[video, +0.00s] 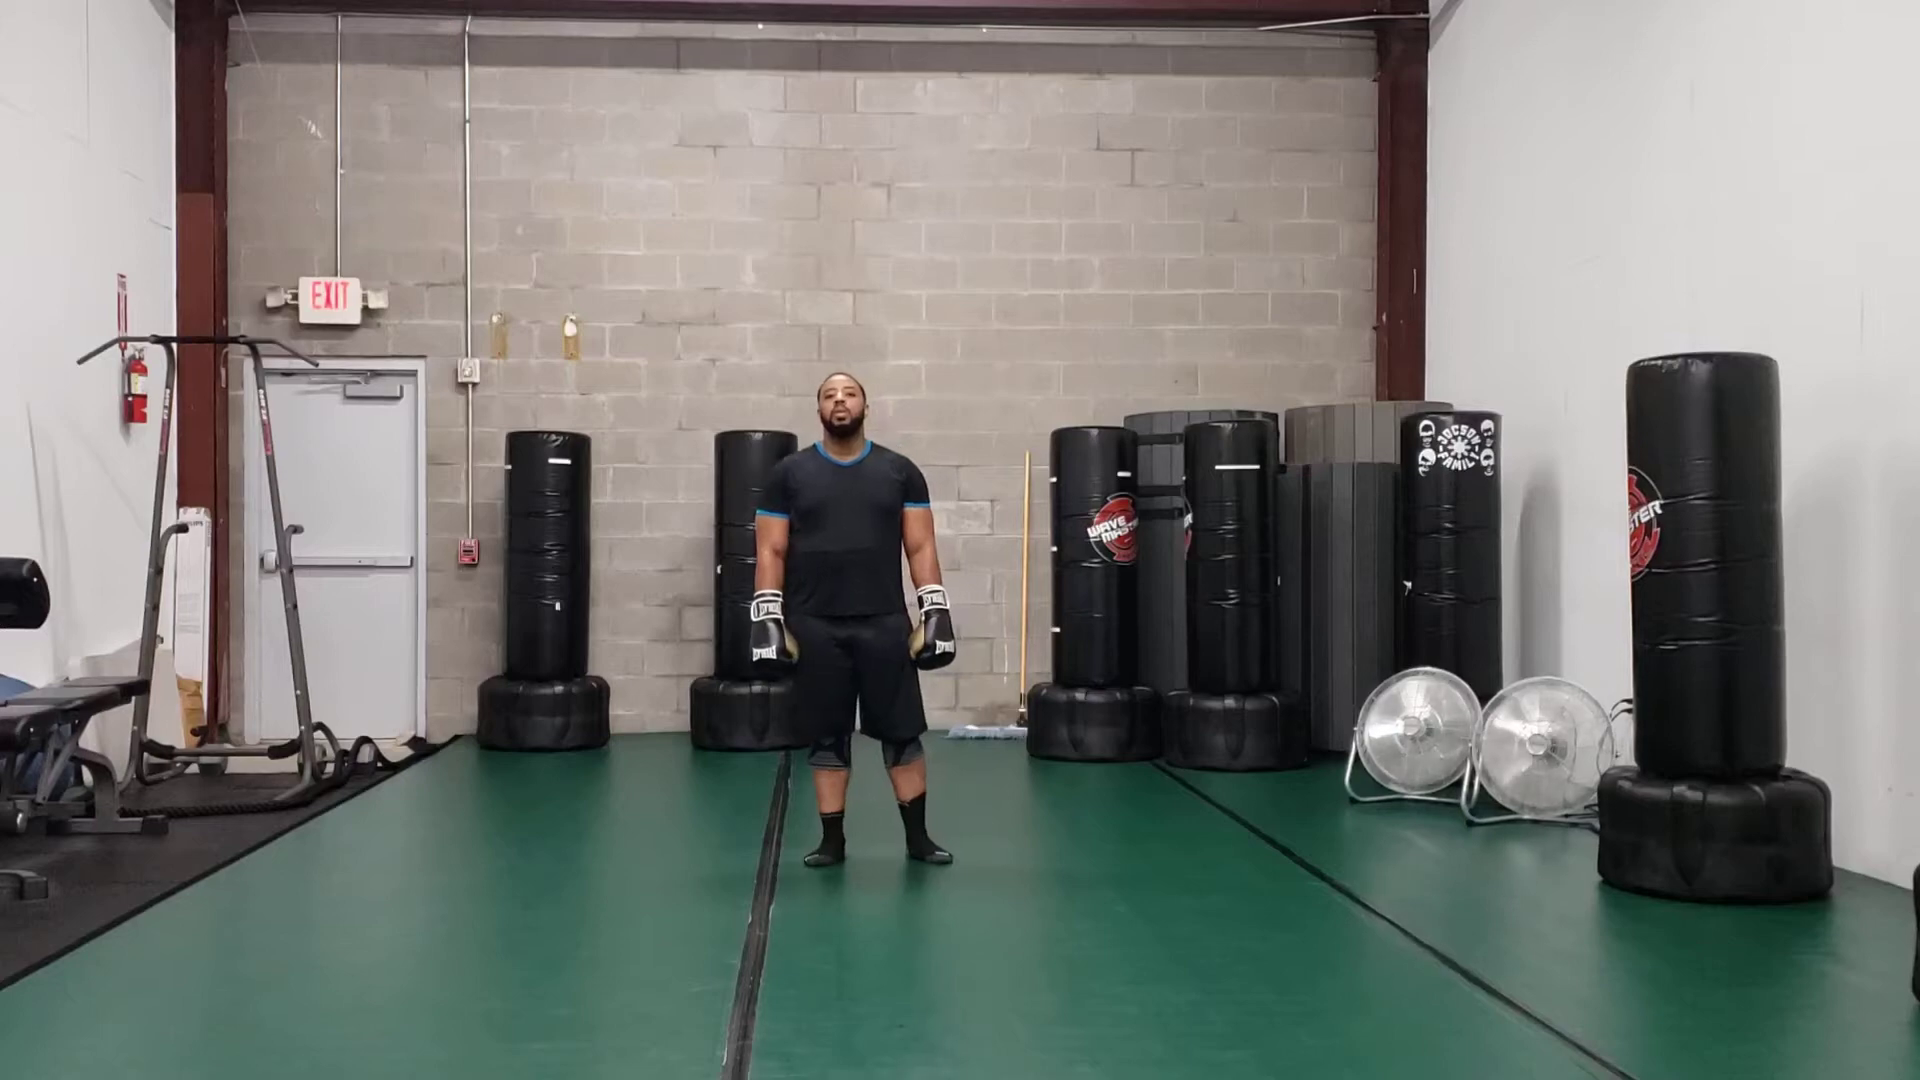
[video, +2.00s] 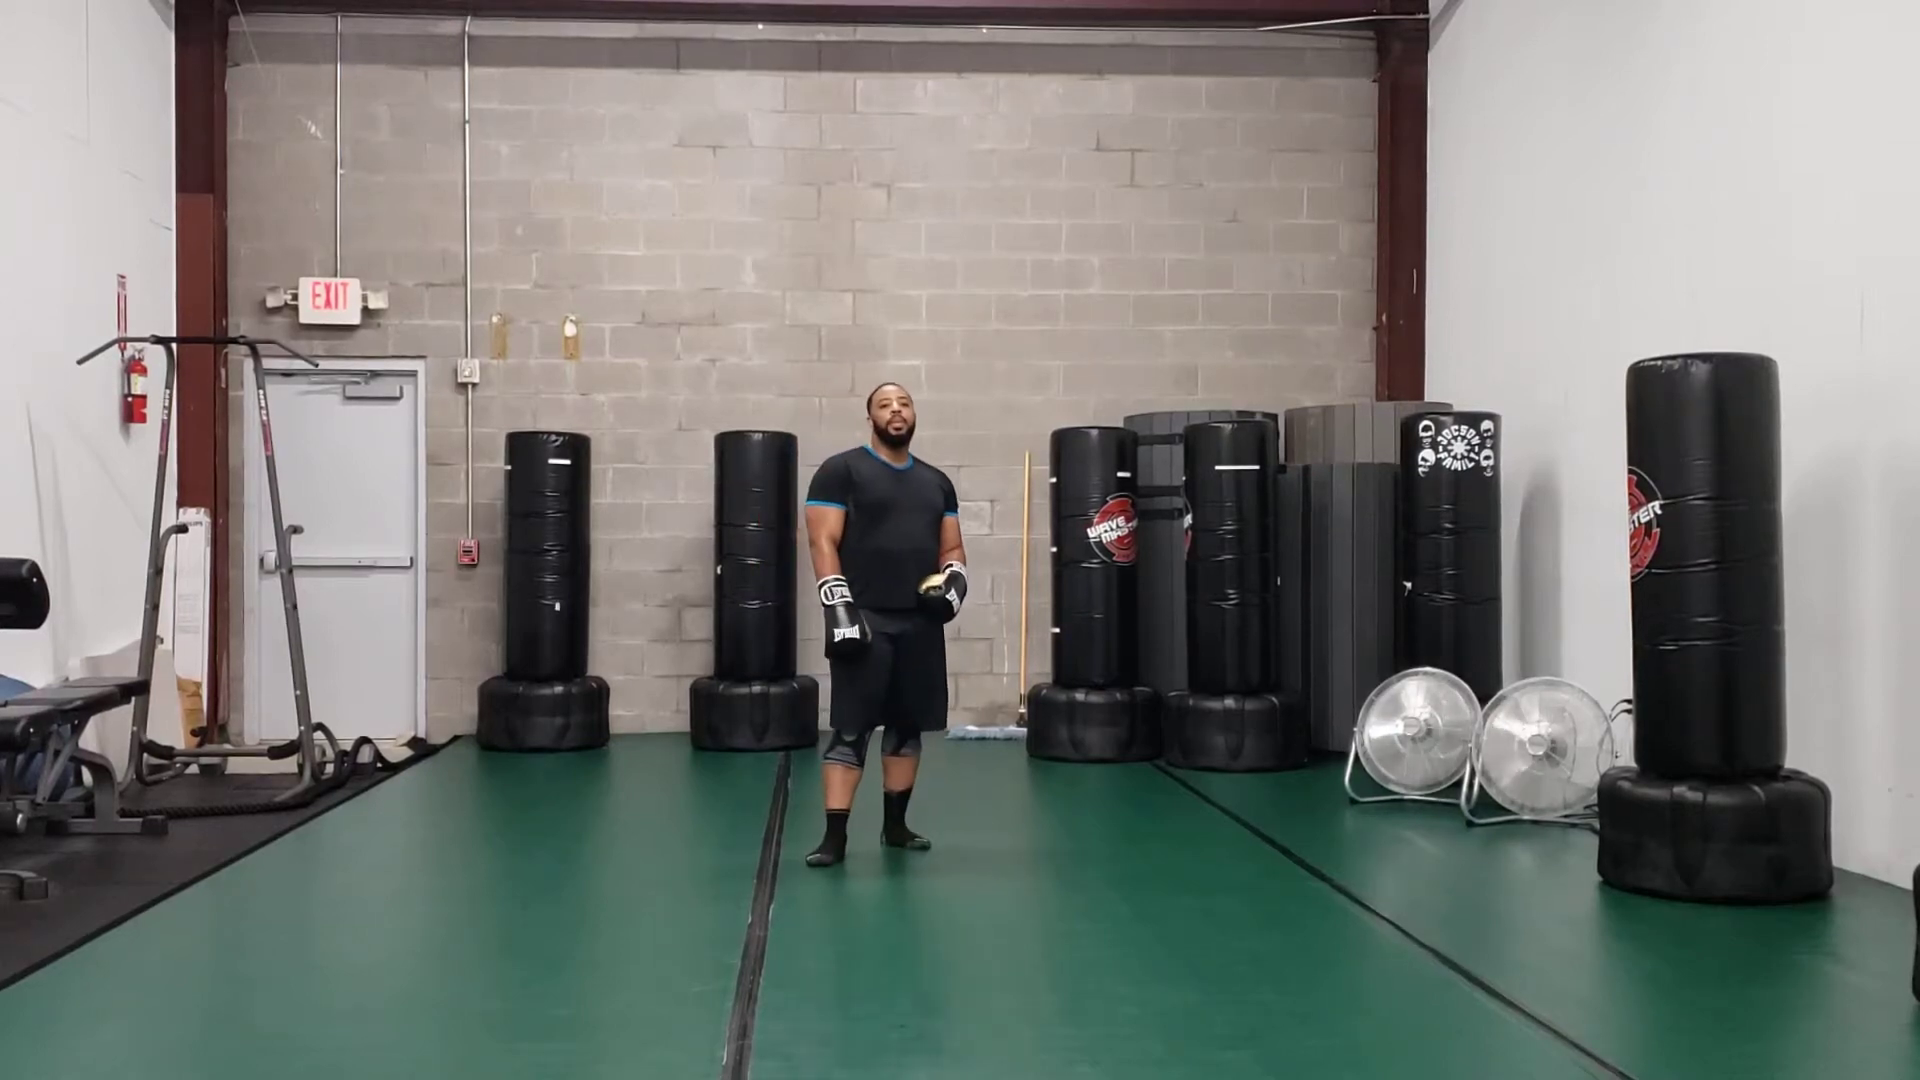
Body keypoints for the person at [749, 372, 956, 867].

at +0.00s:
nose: (840, 401)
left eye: (849, 395)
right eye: (830, 396)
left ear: (865, 409)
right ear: (819, 412)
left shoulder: (899, 472)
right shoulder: (789, 475)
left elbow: (920, 547)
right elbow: (771, 551)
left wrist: (935, 610)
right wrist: (765, 617)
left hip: (884, 626)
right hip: (815, 628)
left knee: (903, 736)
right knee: (826, 740)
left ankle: (918, 839)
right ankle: (832, 842)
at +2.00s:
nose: (896, 409)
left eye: (903, 403)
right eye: (885, 404)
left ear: (915, 417)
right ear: (870, 419)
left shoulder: (937, 482)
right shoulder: (841, 471)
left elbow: (951, 548)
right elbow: (822, 542)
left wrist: (952, 580)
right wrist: (838, 607)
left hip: (919, 621)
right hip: (861, 620)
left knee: (906, 727)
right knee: (850, 729)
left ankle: (895, 826)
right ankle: (833, 838)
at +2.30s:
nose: (905, 412)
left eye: (912, 405)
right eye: (894, 407)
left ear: (924, 420)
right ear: (880, 421)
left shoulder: (944, 486)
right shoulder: (848, 469)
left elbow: (956, 551)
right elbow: (824, 536)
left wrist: (955, 582)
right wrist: (839, 596)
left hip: (922, 620)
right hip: (864, 616)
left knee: (908, 725)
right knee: (852, 724)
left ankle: (896, 826)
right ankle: (834, 837)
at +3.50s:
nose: (793, 410)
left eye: (801, 402)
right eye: (783, 404)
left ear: (815, 412)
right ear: (770, 418)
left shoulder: (852, 470)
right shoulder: (743, 476)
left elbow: (874, 536)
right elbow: (718, 546)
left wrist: (857, 571)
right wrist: (756, 577)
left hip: (843, 617)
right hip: (777, 621)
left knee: (867, 721)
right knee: (784, 730)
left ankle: (882, 823)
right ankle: (786, 832)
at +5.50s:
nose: (800, 427)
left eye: (811, 418)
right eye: (791, 416)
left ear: (824, 416)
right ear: (774, 411)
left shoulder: (856, 473)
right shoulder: (738, 472)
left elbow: (872, 553)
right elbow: (710, 544)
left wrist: (880, 619)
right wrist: (733, 554)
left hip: (838, 636)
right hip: (764, 638)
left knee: (858, 751)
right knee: (761, 755)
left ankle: (865, 838)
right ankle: (756, 873)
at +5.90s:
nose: (768, 420)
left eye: (778, 411)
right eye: (757, 408)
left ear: (789, 409)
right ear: (735, 401)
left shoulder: (817, 468)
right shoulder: (690, 468)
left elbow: (843, 548)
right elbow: (658, 544)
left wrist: (862, 616)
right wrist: (696, 549)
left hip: (796, 629)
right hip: (726, 634)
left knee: (792, 750)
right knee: (741, 758)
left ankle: (790, 879)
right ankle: (754, 875)